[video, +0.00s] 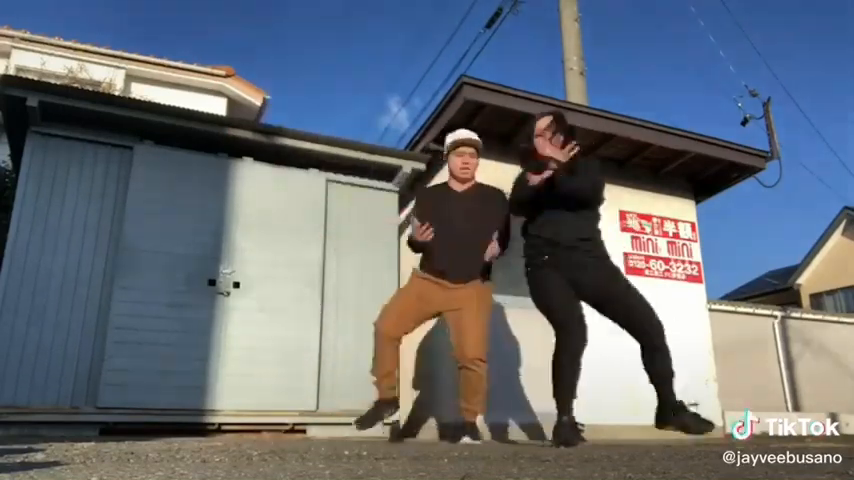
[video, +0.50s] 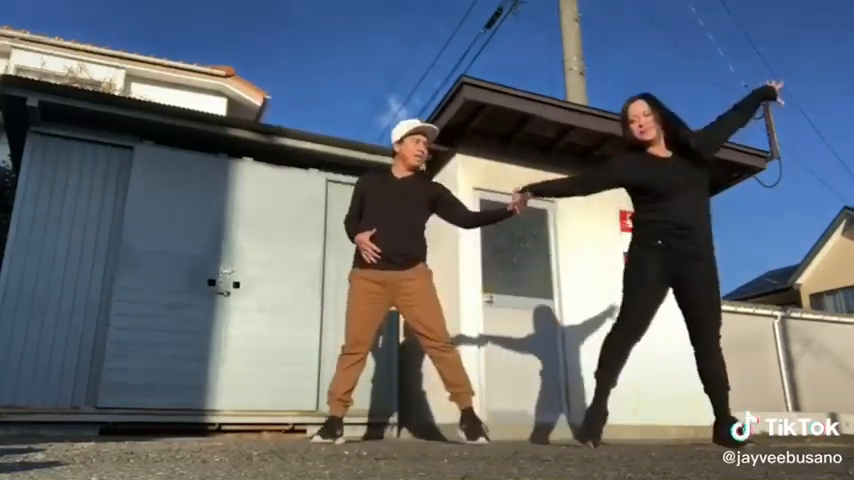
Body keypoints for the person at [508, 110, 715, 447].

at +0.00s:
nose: (539, 140)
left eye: (546, 134)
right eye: (536, 136)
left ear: (565, 139)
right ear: (532, 143)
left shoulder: (586, 166)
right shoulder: (529, 176)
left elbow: (591, 194)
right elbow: (517, 205)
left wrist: (553, 174)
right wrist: (542, 179)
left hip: (590, 263)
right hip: (546, 267)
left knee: (649, 327)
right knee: (571, 331)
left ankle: (668, 408)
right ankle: (565, 420)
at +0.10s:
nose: (571, 142)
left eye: (578, 136)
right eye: (566, 137)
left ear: (592, 139)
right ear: (561, 141)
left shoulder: (612, 166)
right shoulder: (557, 179)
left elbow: (640, 189)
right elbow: (523, 214)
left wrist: (603, 152)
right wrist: (535, 188)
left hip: (629, 263)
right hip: (582, 267)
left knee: (673, 340)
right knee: (586, 337)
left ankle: (717, 412)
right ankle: (567, 419)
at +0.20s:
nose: (598, 145)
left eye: (604, 138)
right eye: (593, 140)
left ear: (620, 138)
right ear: (588, 143)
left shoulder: (649, 172)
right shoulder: (585, 188)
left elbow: (698, 164)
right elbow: (549, 214)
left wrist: (667, 145)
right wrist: (522, 210)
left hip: (664, 267)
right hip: (614, 272)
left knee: (695, 344)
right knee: (599, 340)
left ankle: (725, 420)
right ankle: (571, 416)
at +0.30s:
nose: (615, 132)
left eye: (621, 125)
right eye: (609, 128)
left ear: (636, 127)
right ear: (606, 135)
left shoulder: (678, 156)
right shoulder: (605, 175)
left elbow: (718, 144)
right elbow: (570, 206)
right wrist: (531, 215)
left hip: (682, 260)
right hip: (633, 261)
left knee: (703, 341)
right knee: (612, 332)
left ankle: (725, 422)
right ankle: (585, 412)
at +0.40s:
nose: (630, 125)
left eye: (635, 117)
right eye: (623, 122)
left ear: (652, 119)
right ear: (619, 132)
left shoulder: (689, 148)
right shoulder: (623, 168)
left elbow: (728, 125)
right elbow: (579, 191)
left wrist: (762, 92)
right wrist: (535, 199)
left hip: (692, 258)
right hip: (644, 258)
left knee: (708, 338)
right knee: (627, 329)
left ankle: (725, 422)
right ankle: (594, 409)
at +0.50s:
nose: (638, 124)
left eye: (644, 116)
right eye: (632, 120)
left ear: (660, 117)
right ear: (628, 128)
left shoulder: (695, 148)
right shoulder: (630, 164)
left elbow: (733, 120)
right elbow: (581, 183)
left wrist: (762, 94)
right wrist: (530, 190)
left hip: (696, 257)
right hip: (650, 256)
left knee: (708, 338)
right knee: (628, 329)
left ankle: (724, 421)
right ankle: (598, 408)